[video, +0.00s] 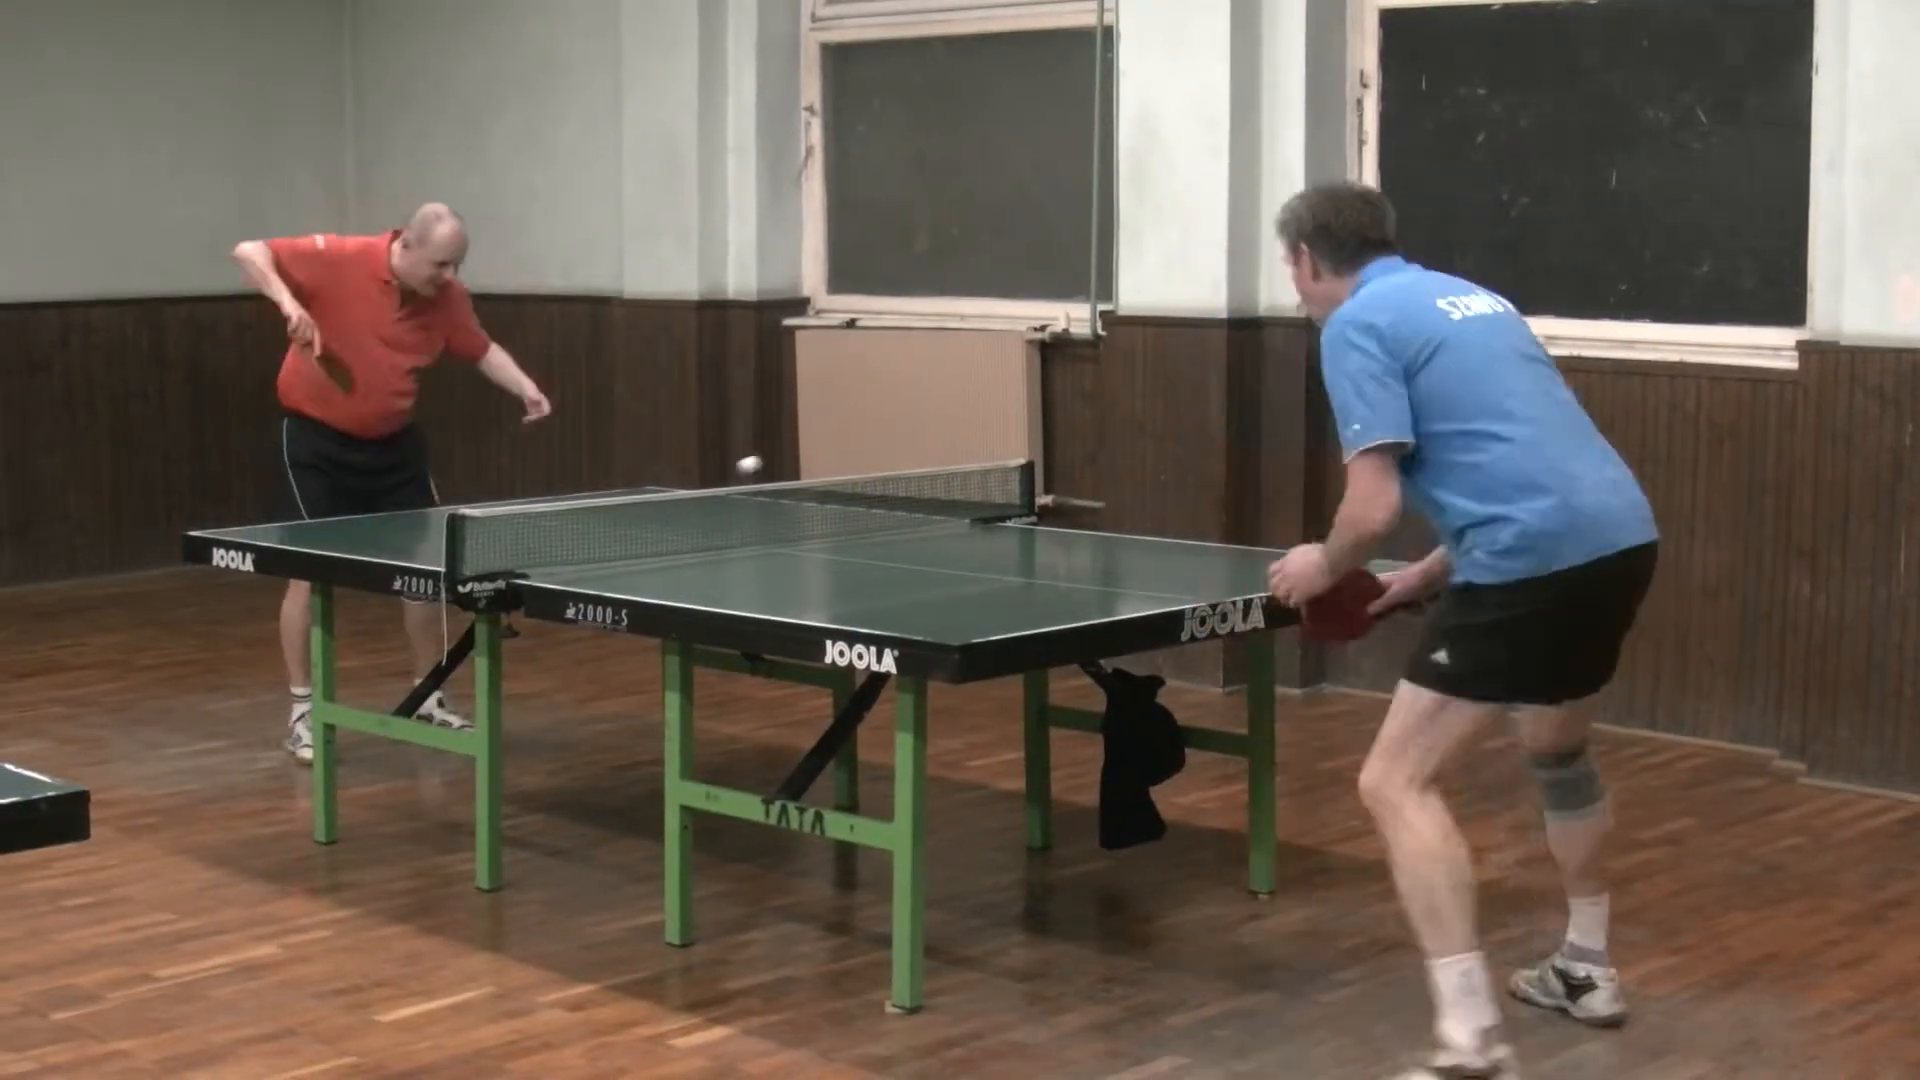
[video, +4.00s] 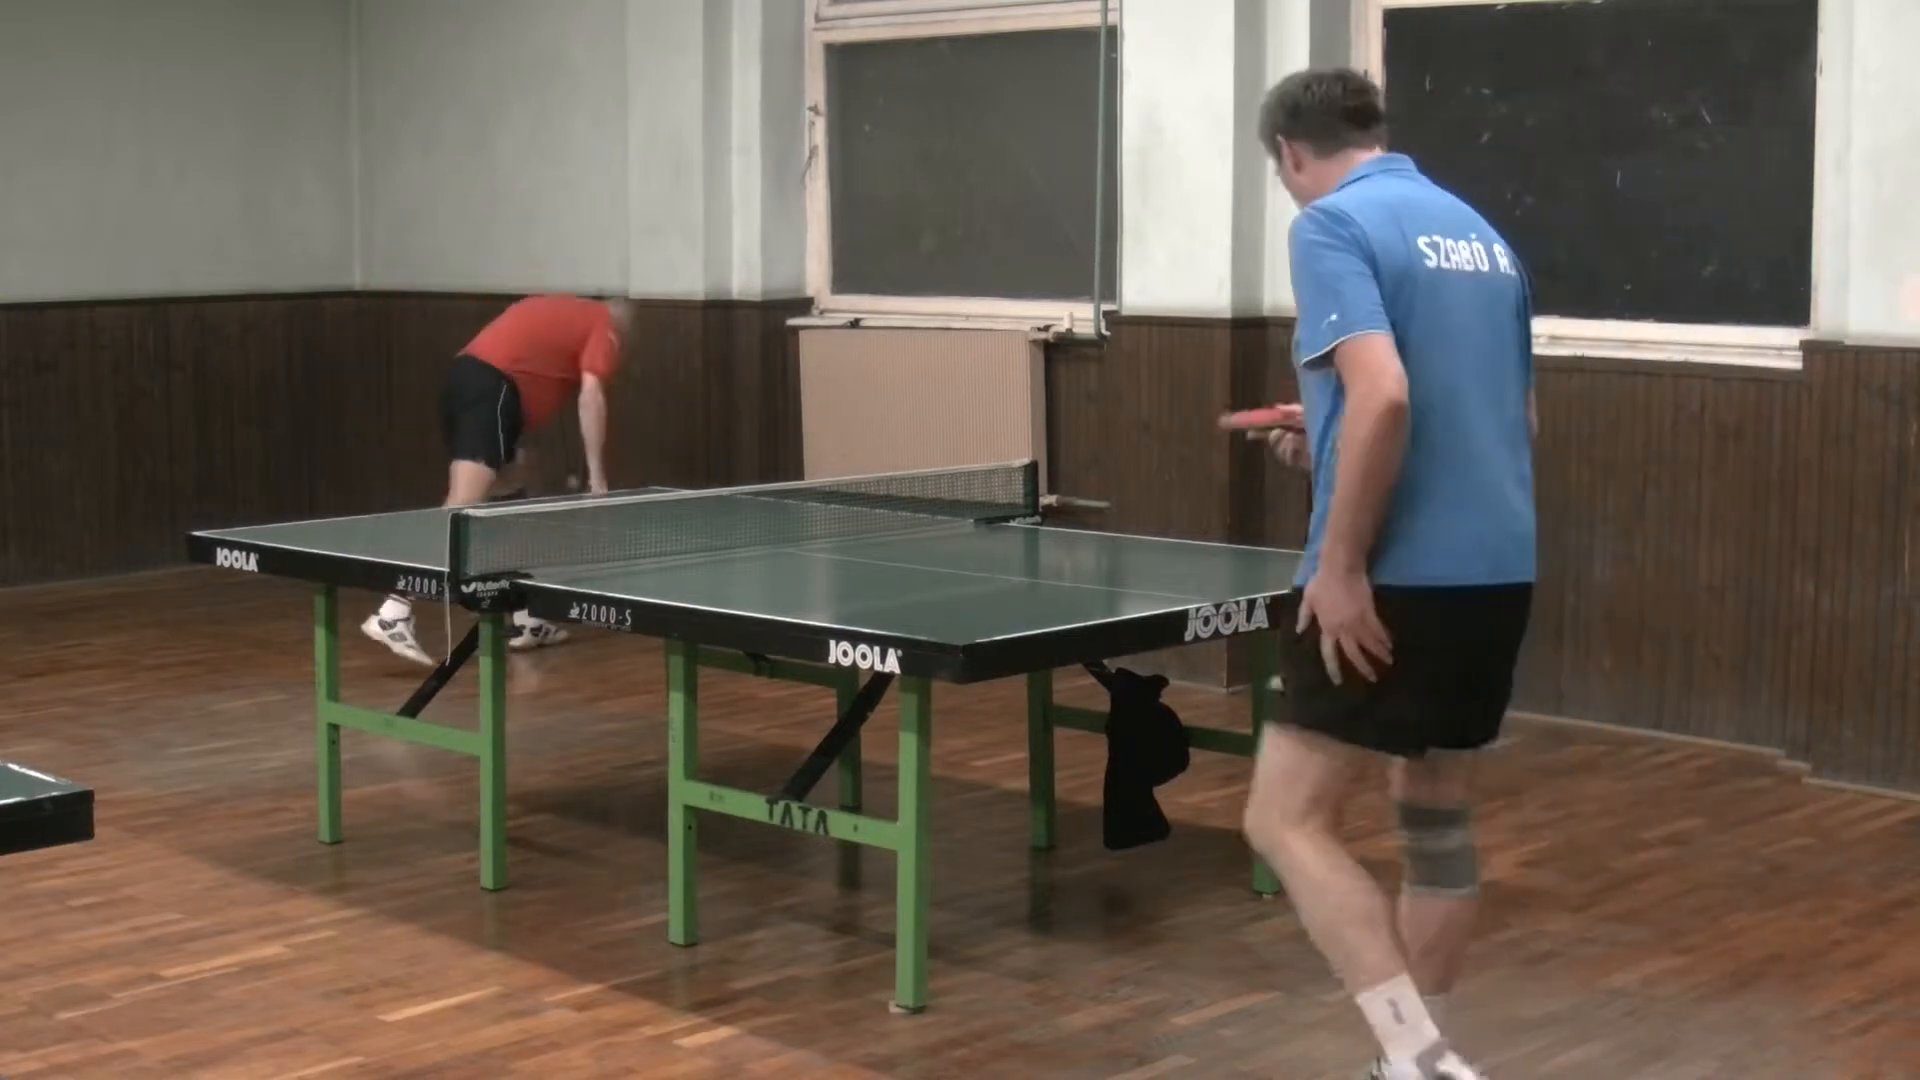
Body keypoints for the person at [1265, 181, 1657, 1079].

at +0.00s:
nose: (1292, 285)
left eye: (1291, 267)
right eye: (1291, 268)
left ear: (1313, 262)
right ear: (1376, 247)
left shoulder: (1356, 325)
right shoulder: (1465, 295)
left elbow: (1372, 508)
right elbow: (1525, 466)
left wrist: (1320, 558)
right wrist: (1432, 566)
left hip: (1525, 556)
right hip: (1620, 538)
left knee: (1395, 781)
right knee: (1558, 742)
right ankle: (1587, 967)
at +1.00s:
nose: (1538, 164)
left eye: (1547, 146)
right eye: (1539, 147)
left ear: (1594, 149)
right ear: (1598, 148)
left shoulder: (1658, 240)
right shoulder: (1629, 231)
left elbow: (1692, 409)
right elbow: (1576, 302)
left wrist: (1600, 521)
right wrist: (1439, 314)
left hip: (1755, 491)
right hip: (1713, 490)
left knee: (1733, 728)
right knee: (1702, 688)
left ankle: (1776, 979)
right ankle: (1730, 890)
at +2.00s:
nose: (1598, 192)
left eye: (1605, 177)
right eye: (1603, 176)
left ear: (1634, 185)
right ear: (1668, 184)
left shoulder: (1707, 281)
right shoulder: (1693, 273)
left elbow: (1717, 465)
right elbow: (1721, 444)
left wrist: (1624, 597)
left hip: (1783, 544)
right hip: (1780, 537)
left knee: (1681, 769)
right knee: (1756, 741)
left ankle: (1704, 1035)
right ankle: (1815, 937)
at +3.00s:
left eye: (1664, 169)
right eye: (1780, 184)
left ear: (1669, 173)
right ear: (1773, 184)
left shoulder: (1598, 271)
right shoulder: (1797, 293)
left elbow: (1597, 437)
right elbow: (1859, 508)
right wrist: (1832, 627)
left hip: (1549, 600)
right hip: (1699, 615)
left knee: (1501, 849)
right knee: (1758, 838)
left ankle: (1434, 1070)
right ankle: (1738, 1068)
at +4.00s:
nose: (1290, 187)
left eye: (1283, 172)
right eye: (1287, 173)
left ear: (1297, 156)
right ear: (1377, 136)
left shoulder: (1333, 224)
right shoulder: (1480, 232)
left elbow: (1382, 392)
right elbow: (1505, 414)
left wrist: (1341, 564)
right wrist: (1333, 431)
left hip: (1389, 576)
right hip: (1496, 578)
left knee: (1284, 817)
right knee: (1436, 812)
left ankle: (1417, 1053)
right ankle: (1410, 1050)